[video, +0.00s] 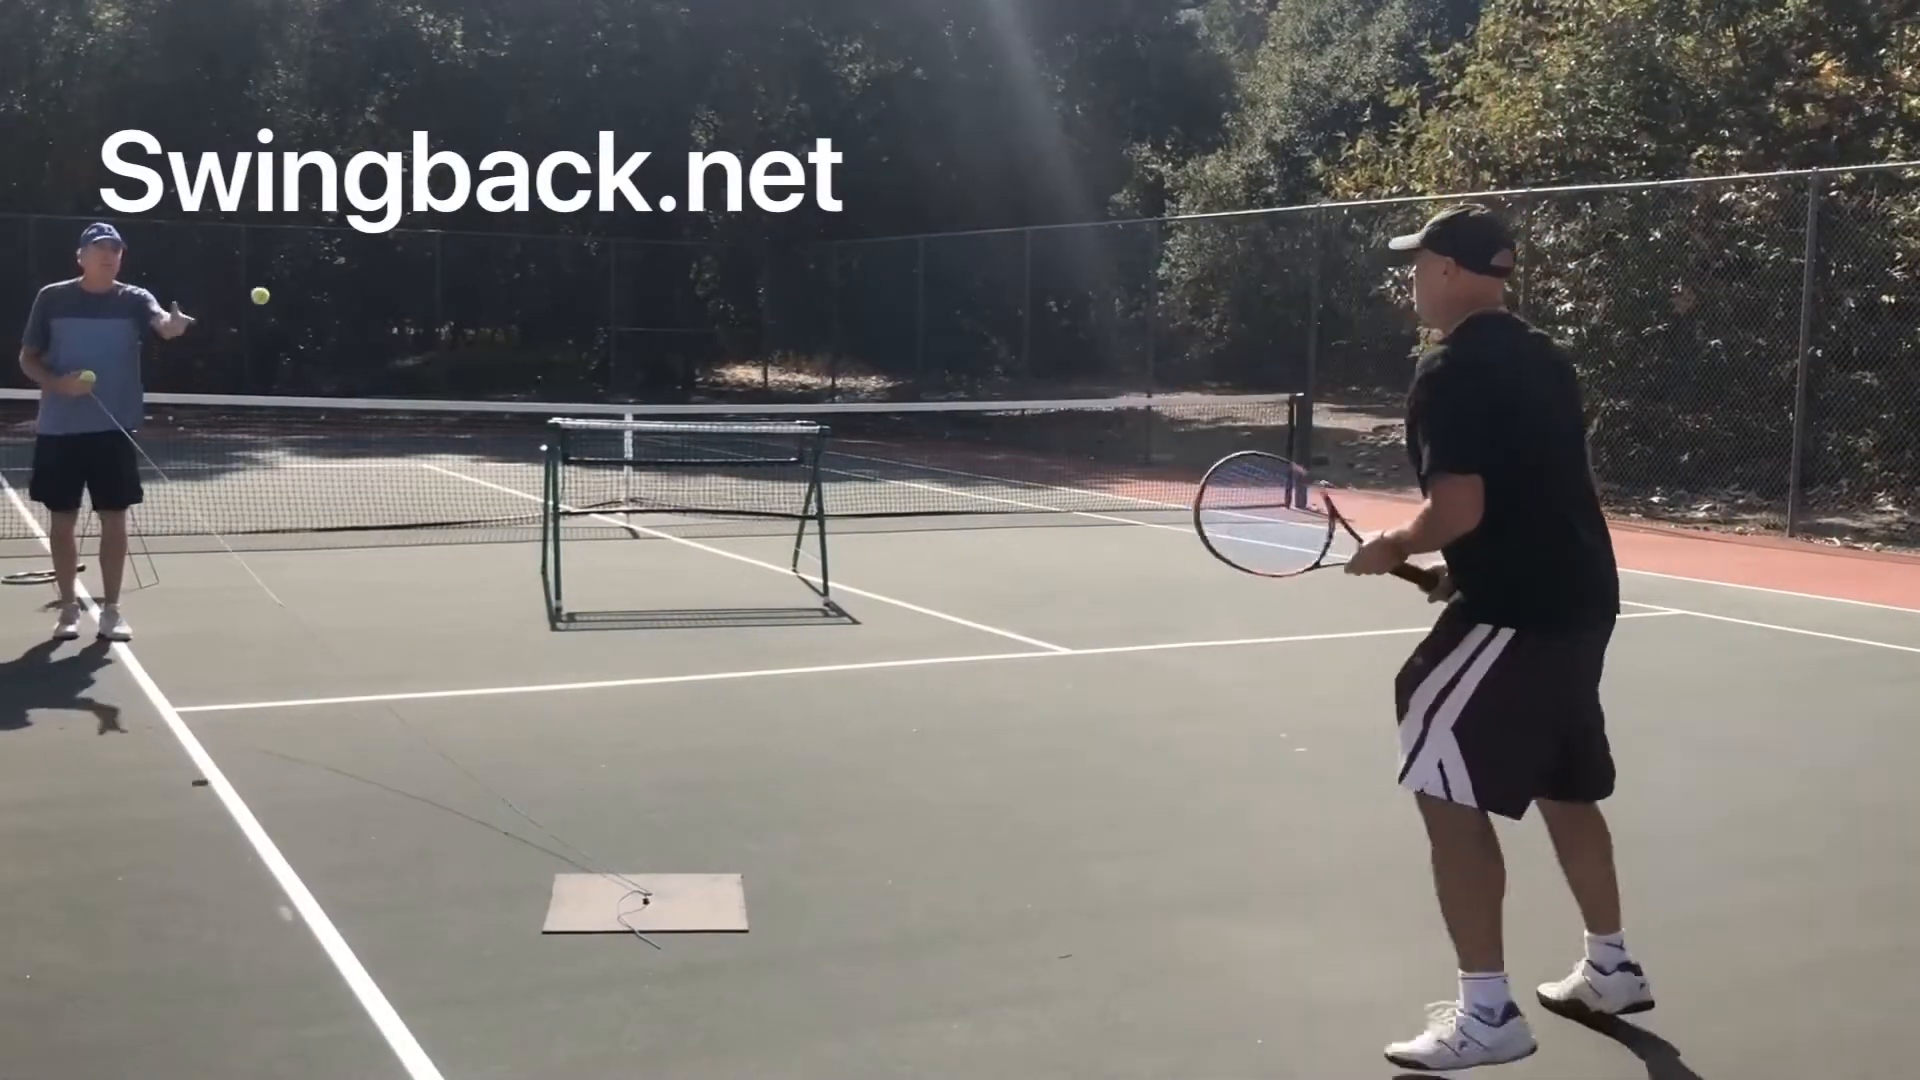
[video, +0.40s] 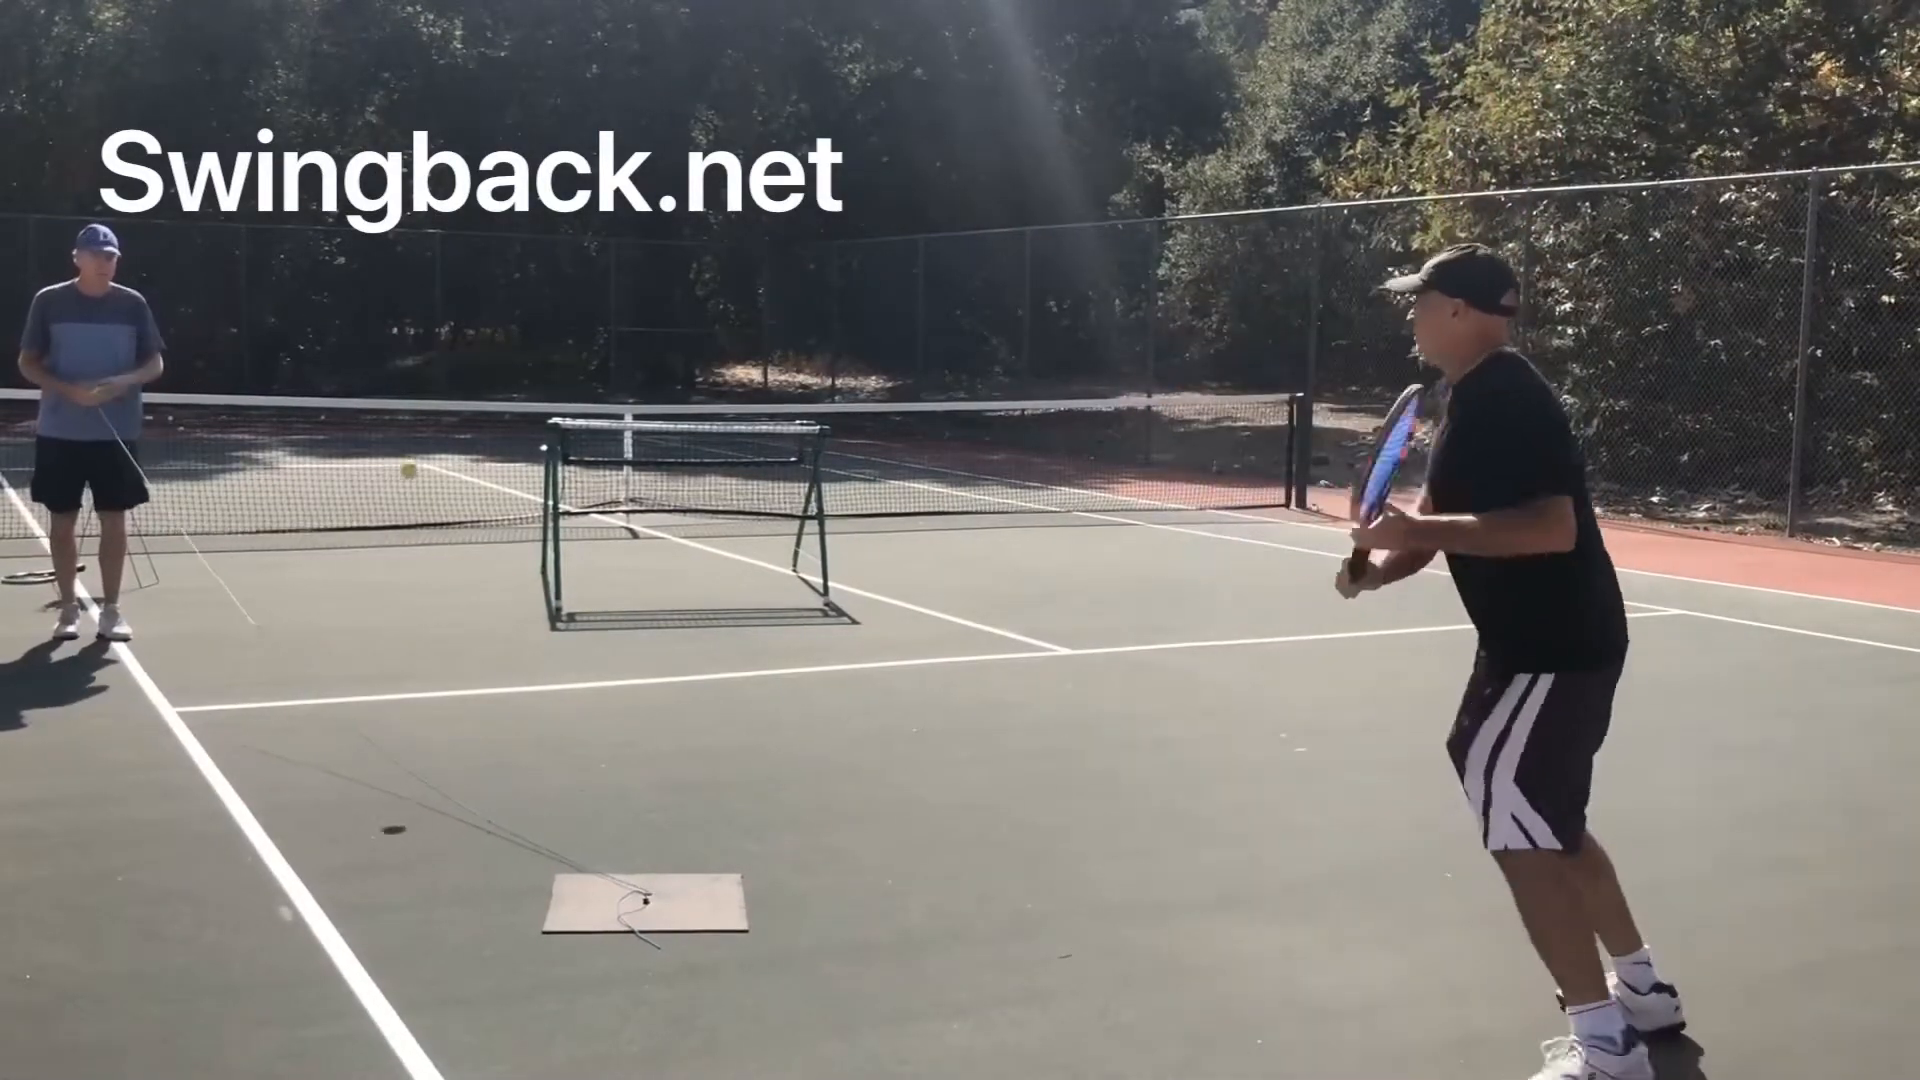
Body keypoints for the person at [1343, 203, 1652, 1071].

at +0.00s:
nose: (1411, 282)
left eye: (1420, 268)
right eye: (1415, 268)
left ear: (1455, 275)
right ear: (1491, 279)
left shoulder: (1456, 369)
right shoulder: (1543, 357)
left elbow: (1458, 508)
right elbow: (1552, 496)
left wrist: (1393, 541)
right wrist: (1453, 561)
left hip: (1514, 610)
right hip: (1581, 602)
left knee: (1442, 776)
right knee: (1562, 779)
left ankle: (1487, 1011)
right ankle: (1613, 967)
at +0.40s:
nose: (1412, 315)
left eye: (1425, 302)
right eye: (1417, 303)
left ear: (1467, 315)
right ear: (1470, 317)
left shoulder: (1506, 394)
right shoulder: (1474, 398)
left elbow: (1552, 526)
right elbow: (1458, 523)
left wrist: (1419, 528)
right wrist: (1393, 564)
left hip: (1553, 650)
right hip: (1544, 642)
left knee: (1516, 830)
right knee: (1548, 818)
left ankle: (1602, 1043)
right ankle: (1641, 989)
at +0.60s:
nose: (1369, 316)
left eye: (1380, 302)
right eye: (1371, 303)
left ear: (1430, 308)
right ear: (1416, 311)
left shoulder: (1505, 390)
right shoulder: (1384, 395)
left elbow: (1556, 505)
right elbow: (1340, 479)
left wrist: (1450, 474)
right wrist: (1337, 507)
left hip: (1513, 627)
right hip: (1457, 627)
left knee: (1438, 786)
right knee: (1487, 807)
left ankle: (1479, 976)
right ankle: (1613, 944)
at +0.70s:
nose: (1339, 322)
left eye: (1351, 309)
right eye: (1341, 309)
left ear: (1399, 314)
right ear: (1381, 316)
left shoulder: (1479, 391)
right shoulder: (1345, 397)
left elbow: (1535, 502)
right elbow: (1302, 492)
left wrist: (1448, 454)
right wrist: (1330, 490)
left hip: (1475, 632)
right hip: (1402, 627)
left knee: (1423, 798)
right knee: (1372, 786)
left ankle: (1475, 979)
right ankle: (1522, 885)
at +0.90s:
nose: (1248, 327)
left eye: (1258, 313)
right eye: (1249, 315)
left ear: (1303, 317)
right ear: (1288, 319)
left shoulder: (1376, 381)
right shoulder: (1260, 391)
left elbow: (1457, 452)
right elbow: (1232, 455)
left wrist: (1378, 386)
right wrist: (1267, 450)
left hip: (1402, 616)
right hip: (1321, 606)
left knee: (1399, 786)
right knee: (1247, 736)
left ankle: (1472, 973)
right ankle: (1245, 879)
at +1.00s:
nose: (1193, 348)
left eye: (1203, 334)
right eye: (1192, 336)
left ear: (1247, 335)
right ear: (1229, 339)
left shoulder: (1320, 394)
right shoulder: (1210, 406)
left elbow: (1370, 468)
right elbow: (1187, 454)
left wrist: (1321, 396)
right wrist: (1217, 457)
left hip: (1357, 625)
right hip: (1276, 616)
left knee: (1371, 789)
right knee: (1193, 739)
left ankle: (1467, 969)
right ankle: (1141, 870)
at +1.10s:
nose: (1141, 376)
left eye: (1151, 363)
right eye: (1142, 365)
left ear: (1197, 365)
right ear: (1178, 370)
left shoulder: (1269, 418)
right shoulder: (1157, 435)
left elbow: (1281, 510)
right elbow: (1136, 477)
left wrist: (1239, 486)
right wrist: (1138, 503)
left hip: (1316, 638)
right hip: (1237, 630)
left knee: (1330, 799)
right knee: (1142, 734)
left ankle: (1452, 958)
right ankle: (1124, 871)